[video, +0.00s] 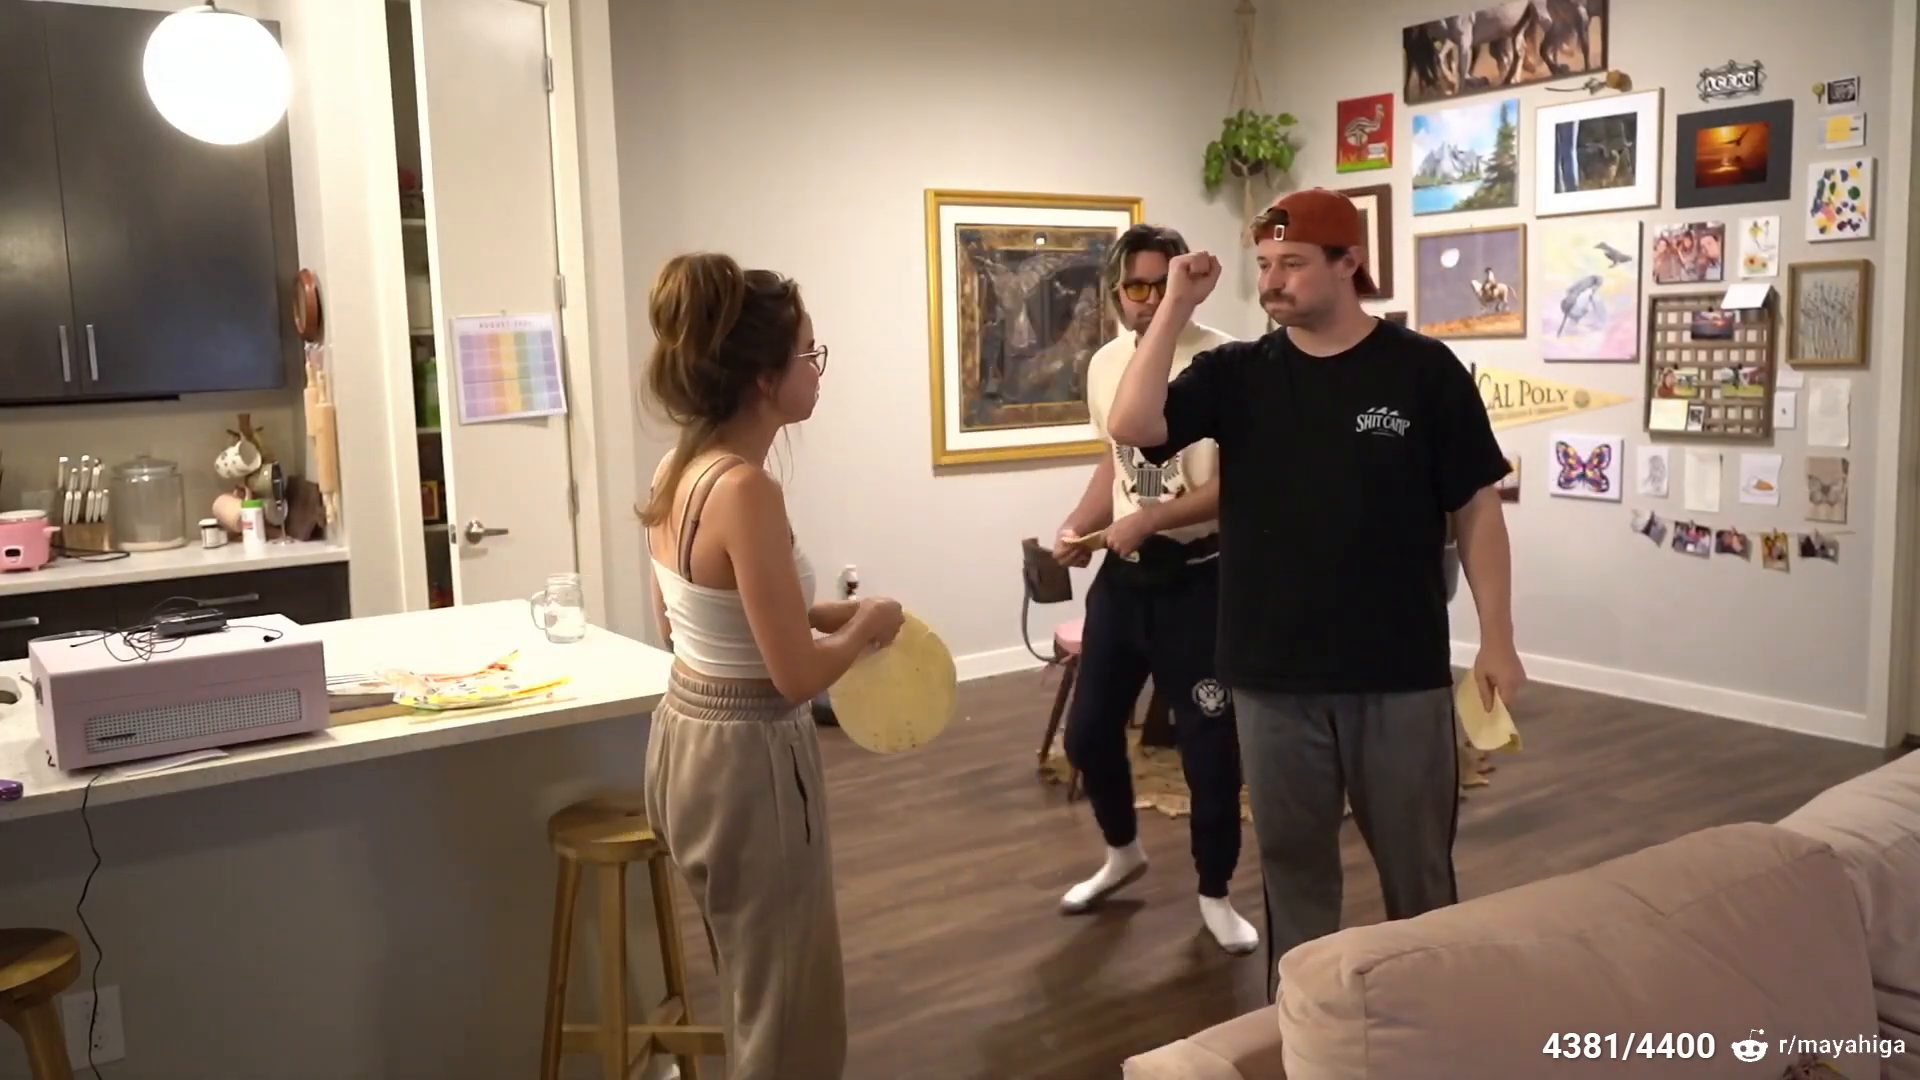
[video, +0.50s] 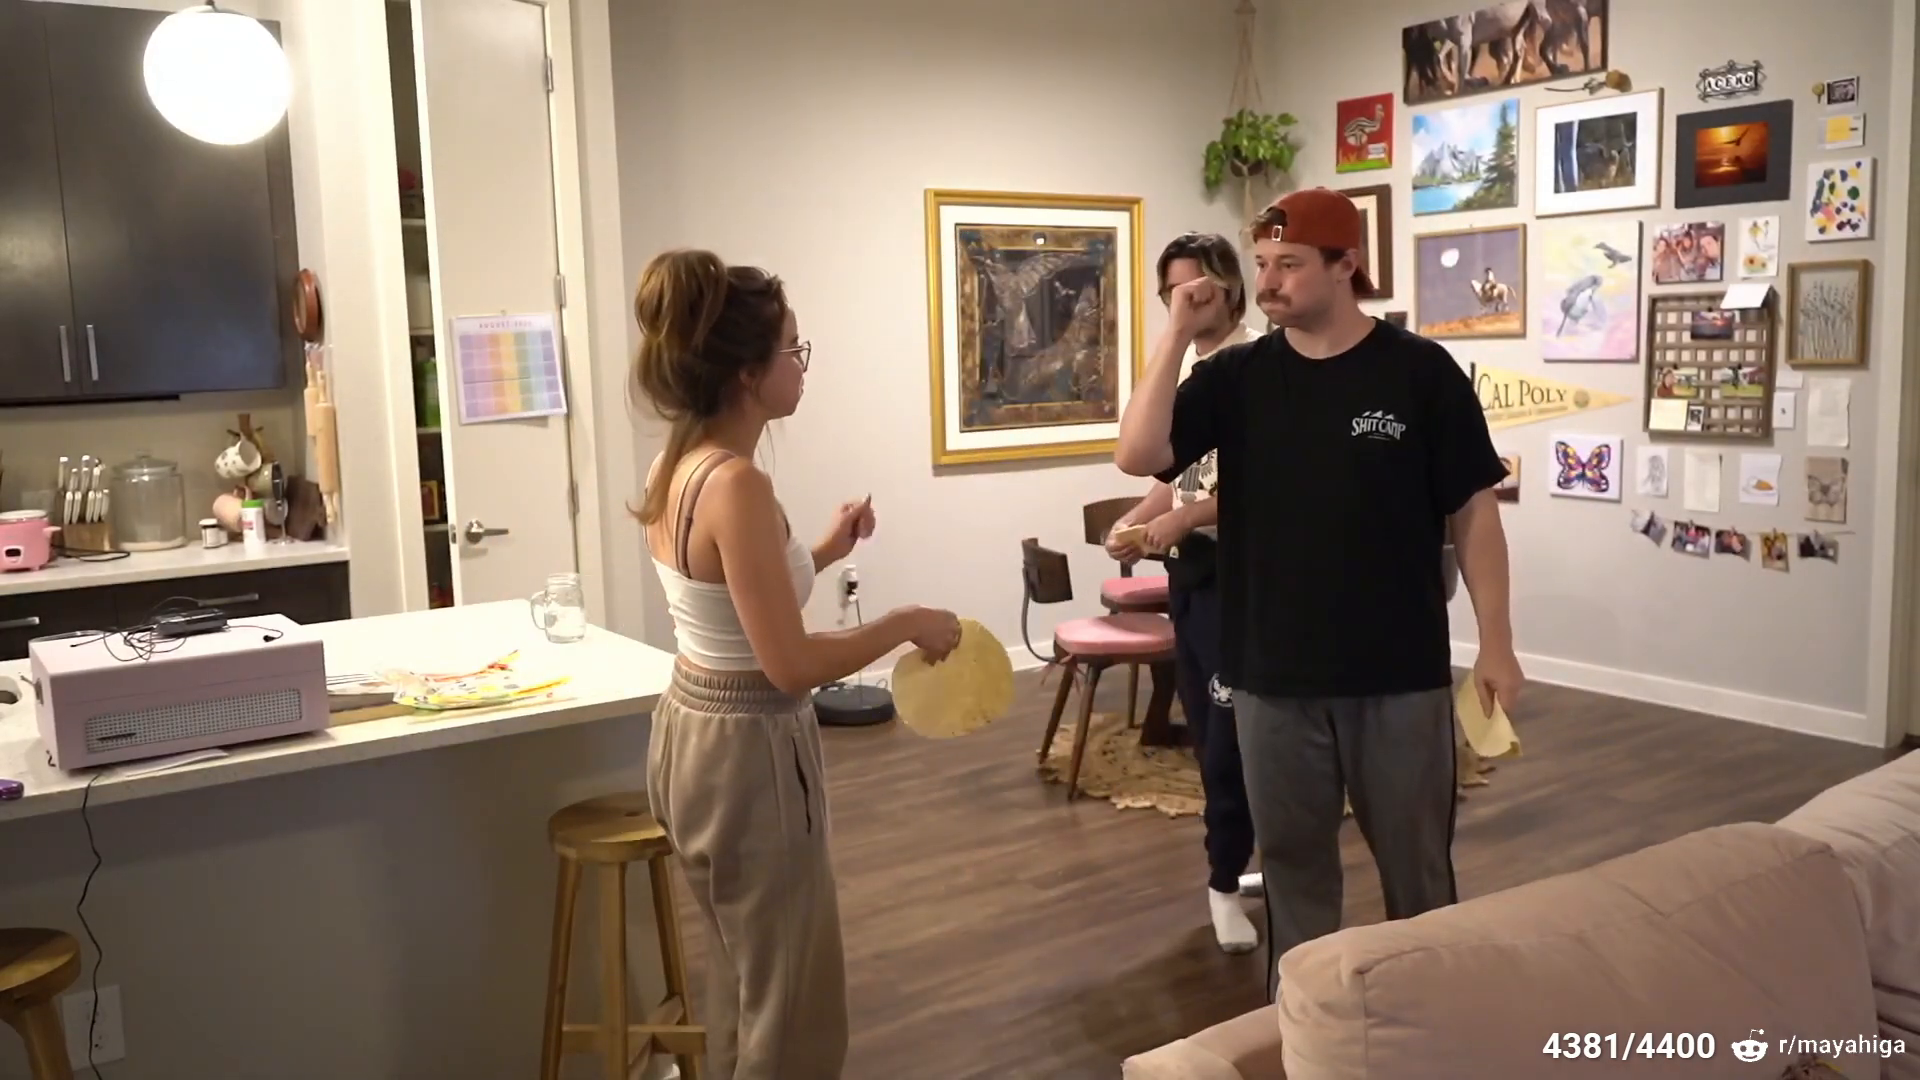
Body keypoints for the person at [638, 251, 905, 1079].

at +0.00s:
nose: (822, 366)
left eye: (816, 349)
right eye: (808, 354)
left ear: (746, 378)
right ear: (762, 379)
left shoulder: (683, 474)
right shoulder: (745, 489)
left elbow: (689, 624)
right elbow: (794, 677)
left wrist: (820, 620)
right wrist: (864, 631)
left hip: (689, 743)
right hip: (748, 762)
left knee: (759, 996)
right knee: (791, 1010)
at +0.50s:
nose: (804, 363)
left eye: (799, 347)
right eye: (794, 350)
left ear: (728, 372)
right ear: (745, 371)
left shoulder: (677, 469)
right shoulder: (736, 487)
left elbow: (728, 598)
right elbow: (793, 664)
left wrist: (824, 552)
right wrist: (905, 622)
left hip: (693, 732)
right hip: (749, 750)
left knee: (743, 978)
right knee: (792, 999)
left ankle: (738, 1071)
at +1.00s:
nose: (816, 368)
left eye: (812, 352)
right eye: (806, 353)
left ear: (742, 371)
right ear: (758, 372)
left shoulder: (697, 470)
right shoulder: (738, 489)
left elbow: (784, 584)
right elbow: (775, 671)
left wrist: (858, 497)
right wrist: (918, 632)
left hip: (713, 733)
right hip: (757, 751)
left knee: (750, 974)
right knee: (795, 992)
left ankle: (737, 1071)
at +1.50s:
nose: (826, 369)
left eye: (821, 354)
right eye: (815, 357)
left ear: (756, 379)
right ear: (766, 378)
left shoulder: (712, 472)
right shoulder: (738, 491)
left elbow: (789, 588)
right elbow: (760, 673)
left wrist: (862, 496)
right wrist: (898, 643)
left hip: (729, 736)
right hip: (766, 751)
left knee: (759, 975)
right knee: (817, 998)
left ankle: (738, 1073)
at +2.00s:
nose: (839, 358)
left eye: (832, 345)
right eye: (827, 350)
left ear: (768, 379)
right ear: (782, 377)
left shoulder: (730, 467)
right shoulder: (759, 482)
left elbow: (805, 579)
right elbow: (776, 664)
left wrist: (873, 481)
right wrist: (916, 634)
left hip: (735, 733)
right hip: (775, 746)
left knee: (764, 968)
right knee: (818, 990)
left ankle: (744, 1074)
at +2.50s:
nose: (846, 365)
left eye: (841, 350)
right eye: (836, 354)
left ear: (777, 379)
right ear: (790, 378)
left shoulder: (736, 469)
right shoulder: (766, 485)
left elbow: (807, 577)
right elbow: (783, 666)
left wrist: (911, 535)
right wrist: (924, 643)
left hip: (745, 734)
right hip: (783, 748)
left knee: (774, 966)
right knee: (818, 982)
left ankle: (752, 1074)